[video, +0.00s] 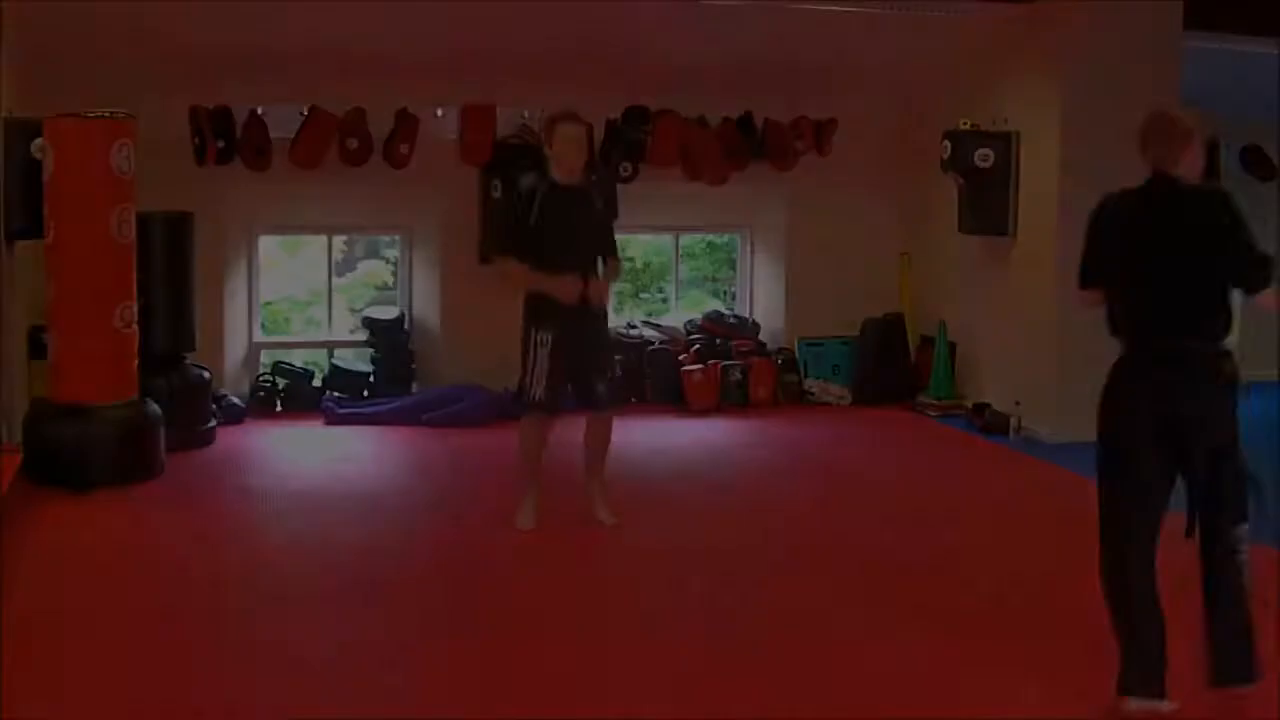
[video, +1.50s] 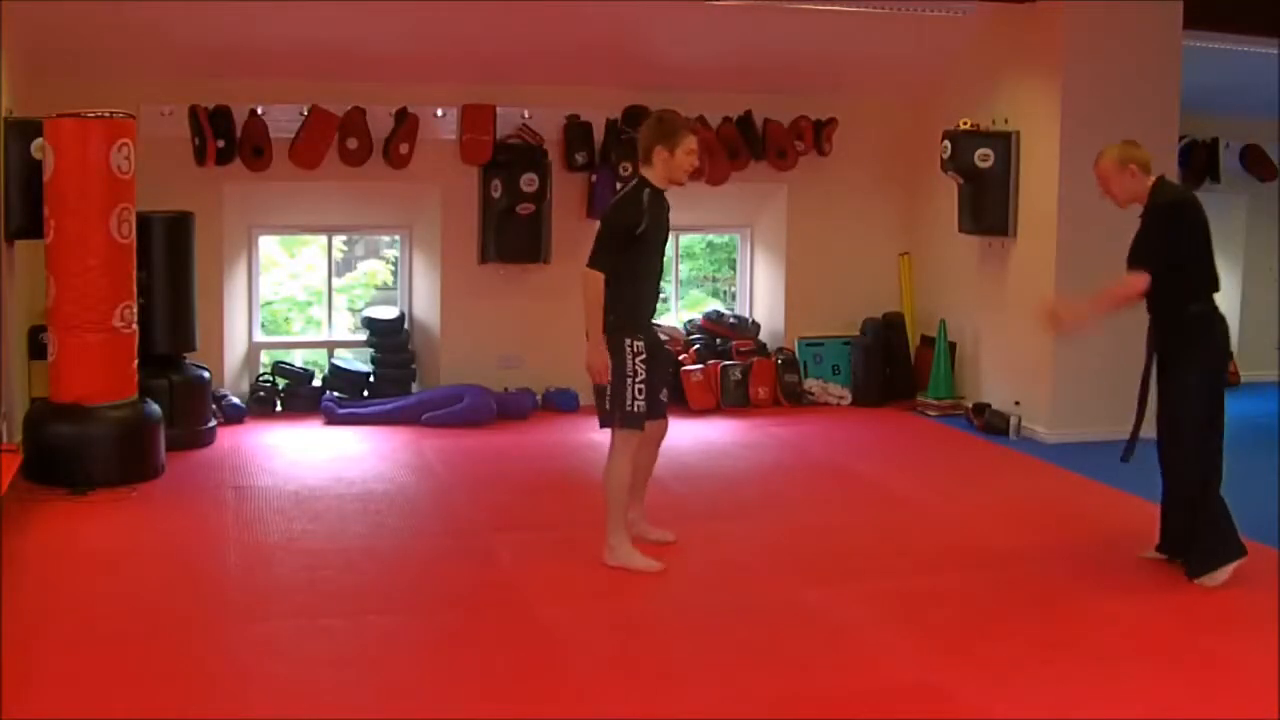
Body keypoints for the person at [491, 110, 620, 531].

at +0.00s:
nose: (572, 152)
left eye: (579, 143)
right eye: (564, 142)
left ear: (588, 149)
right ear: (548, 146)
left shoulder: (595, 198)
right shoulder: (528, 195)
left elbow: (612, 257)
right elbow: (507, 264)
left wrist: (604, 282)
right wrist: (552, 284)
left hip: (589, 312)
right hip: (545, 313)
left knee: (601, 405)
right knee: (537, 408)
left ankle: (596, 489)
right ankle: (529, 496)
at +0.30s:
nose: (574, 148)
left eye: (578, 142)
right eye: (565, 141)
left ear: (582, 149)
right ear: (543, 147)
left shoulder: (583, 198)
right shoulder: (522, 196)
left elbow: (612, 251)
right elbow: (488, 264)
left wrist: (609, 269)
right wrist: (538, 271)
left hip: (582, 315)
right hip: (540, 318)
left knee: (625, 402)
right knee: (531, 415)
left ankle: (600, 477)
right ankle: (526, 500)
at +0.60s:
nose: (597, 150)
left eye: (600, 143)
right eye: (588, 142)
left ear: (602, 148)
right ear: (563, 147)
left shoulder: (601, 198)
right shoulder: (540, 196)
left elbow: (603, 251)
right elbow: (515, 267)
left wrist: (610, 273)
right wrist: (571, 281)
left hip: (597, 317)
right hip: (555, 319)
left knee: (623, 411)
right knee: (539, 413)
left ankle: (648, 505)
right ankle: (528, 502)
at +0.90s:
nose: (649, 150)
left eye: (651, 143)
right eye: (641, 142)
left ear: (649, 149)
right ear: (615, 147)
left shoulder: (649, 200)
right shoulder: (591, 197)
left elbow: (658, 262)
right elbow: (561, 267)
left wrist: (676, 314)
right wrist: (595, 315)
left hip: (638, 321)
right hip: (596, 321)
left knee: (643, 419)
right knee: (580, 421)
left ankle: (644, 510)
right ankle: (537, 489)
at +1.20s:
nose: (677, 150)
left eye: (677, 143)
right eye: (668, 143)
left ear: (664, 150)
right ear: (640, 148)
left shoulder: (665, 200)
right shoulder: (618, 195)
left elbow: (650, 266)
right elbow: (576, 260)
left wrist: (660, 324)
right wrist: (574, 333)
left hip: (651, 322)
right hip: (618, 322)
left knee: (649, 424)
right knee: (617, 429)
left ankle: (646, 513)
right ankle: (598, 529)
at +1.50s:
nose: (695, 162)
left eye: (696, 153)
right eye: (688, 152)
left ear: (665, 155)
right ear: (659, 152)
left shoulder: (657, 203)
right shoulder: (632, 201)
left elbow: (637, 274)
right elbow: (595, 272)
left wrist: (648, 332)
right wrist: (595, 344)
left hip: (642, 332)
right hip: (621, 336)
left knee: (655, 427)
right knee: (627, 436)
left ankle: (633, 518)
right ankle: (615, 544)